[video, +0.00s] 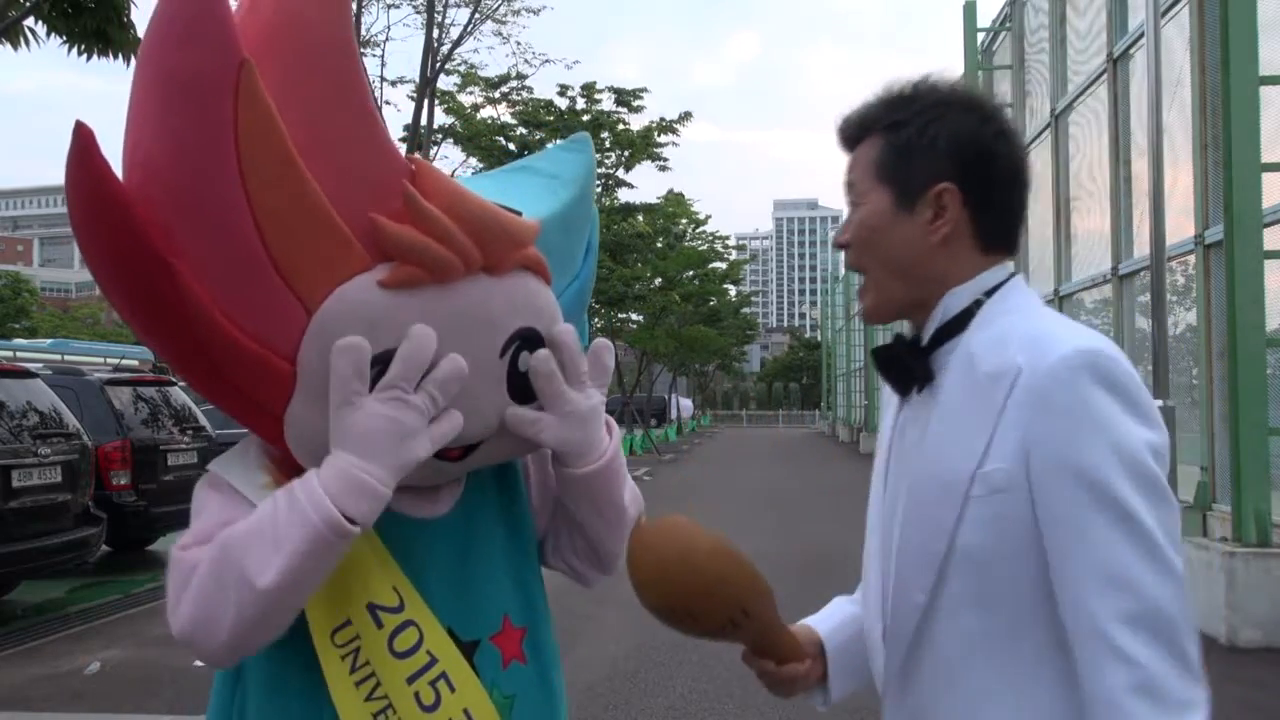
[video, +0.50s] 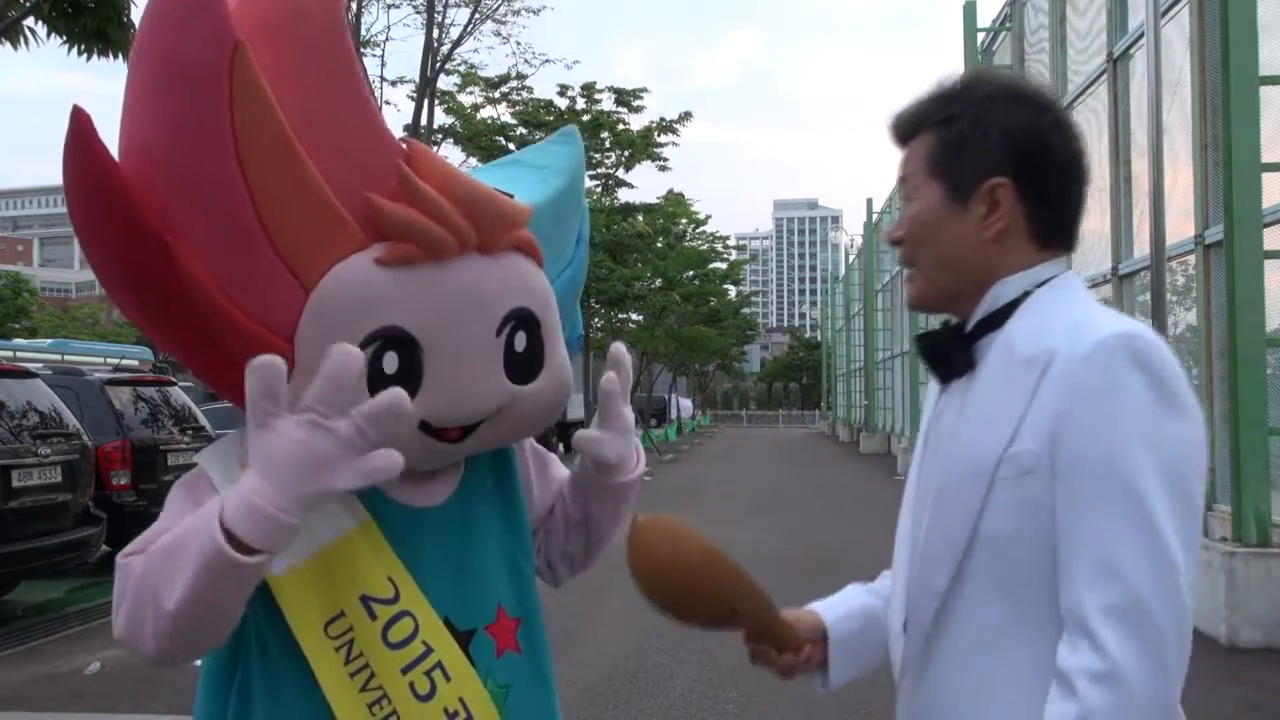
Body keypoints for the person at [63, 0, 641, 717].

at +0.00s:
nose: (421, 373)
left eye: (447, 335)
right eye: (378, 346)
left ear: (476, 337)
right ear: (287, 347)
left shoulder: (500, 467)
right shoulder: (253, 480)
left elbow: (595, 559)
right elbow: (205, 626)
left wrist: (590, 453)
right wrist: (352, 478)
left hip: (508, 704)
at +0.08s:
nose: (426, 377)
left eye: (454, 336)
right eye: (382, 348)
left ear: (483, 336)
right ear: (291, 349)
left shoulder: (501, 468)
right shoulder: (255, 481)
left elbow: (596, 558)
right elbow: (213, 627)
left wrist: (592, 456)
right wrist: (356, 477)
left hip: (511, 709)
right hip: (301, 717)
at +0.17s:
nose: (419, 376)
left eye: (448, 335)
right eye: (377, 347)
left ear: (481, 335)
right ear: (288, 347)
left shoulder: (504, 465)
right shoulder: (254, 479)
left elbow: (589, 559)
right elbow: (201, 628)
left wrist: (603, 461)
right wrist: (349, 483)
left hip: (509, 711)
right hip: (300, 719)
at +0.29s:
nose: (433, 383)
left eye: (474, 340)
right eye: (389, 350)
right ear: (293, 353)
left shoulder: (505, 467)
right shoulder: (246, 480)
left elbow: (570, 563)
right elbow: (174, 626)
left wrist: (610, 486)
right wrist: (324, 505)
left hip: (500, 708)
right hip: (295, 716)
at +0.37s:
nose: (457, 394)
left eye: (508, 344)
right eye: (393, 350)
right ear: (291, 356)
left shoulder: (504, 465)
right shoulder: (240, 482)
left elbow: (559, 555)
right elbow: (155, 627)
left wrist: (602, 492)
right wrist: (284, 518)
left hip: (499, 709)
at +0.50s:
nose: (460, 394)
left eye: (509, 343)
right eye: (395, 353)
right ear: (291, 353)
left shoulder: (505, 463)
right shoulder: (243, 480)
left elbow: (558, 554)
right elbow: (151, 628)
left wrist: (604, 479)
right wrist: (261, 509)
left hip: (500, 706)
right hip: (302, 711)